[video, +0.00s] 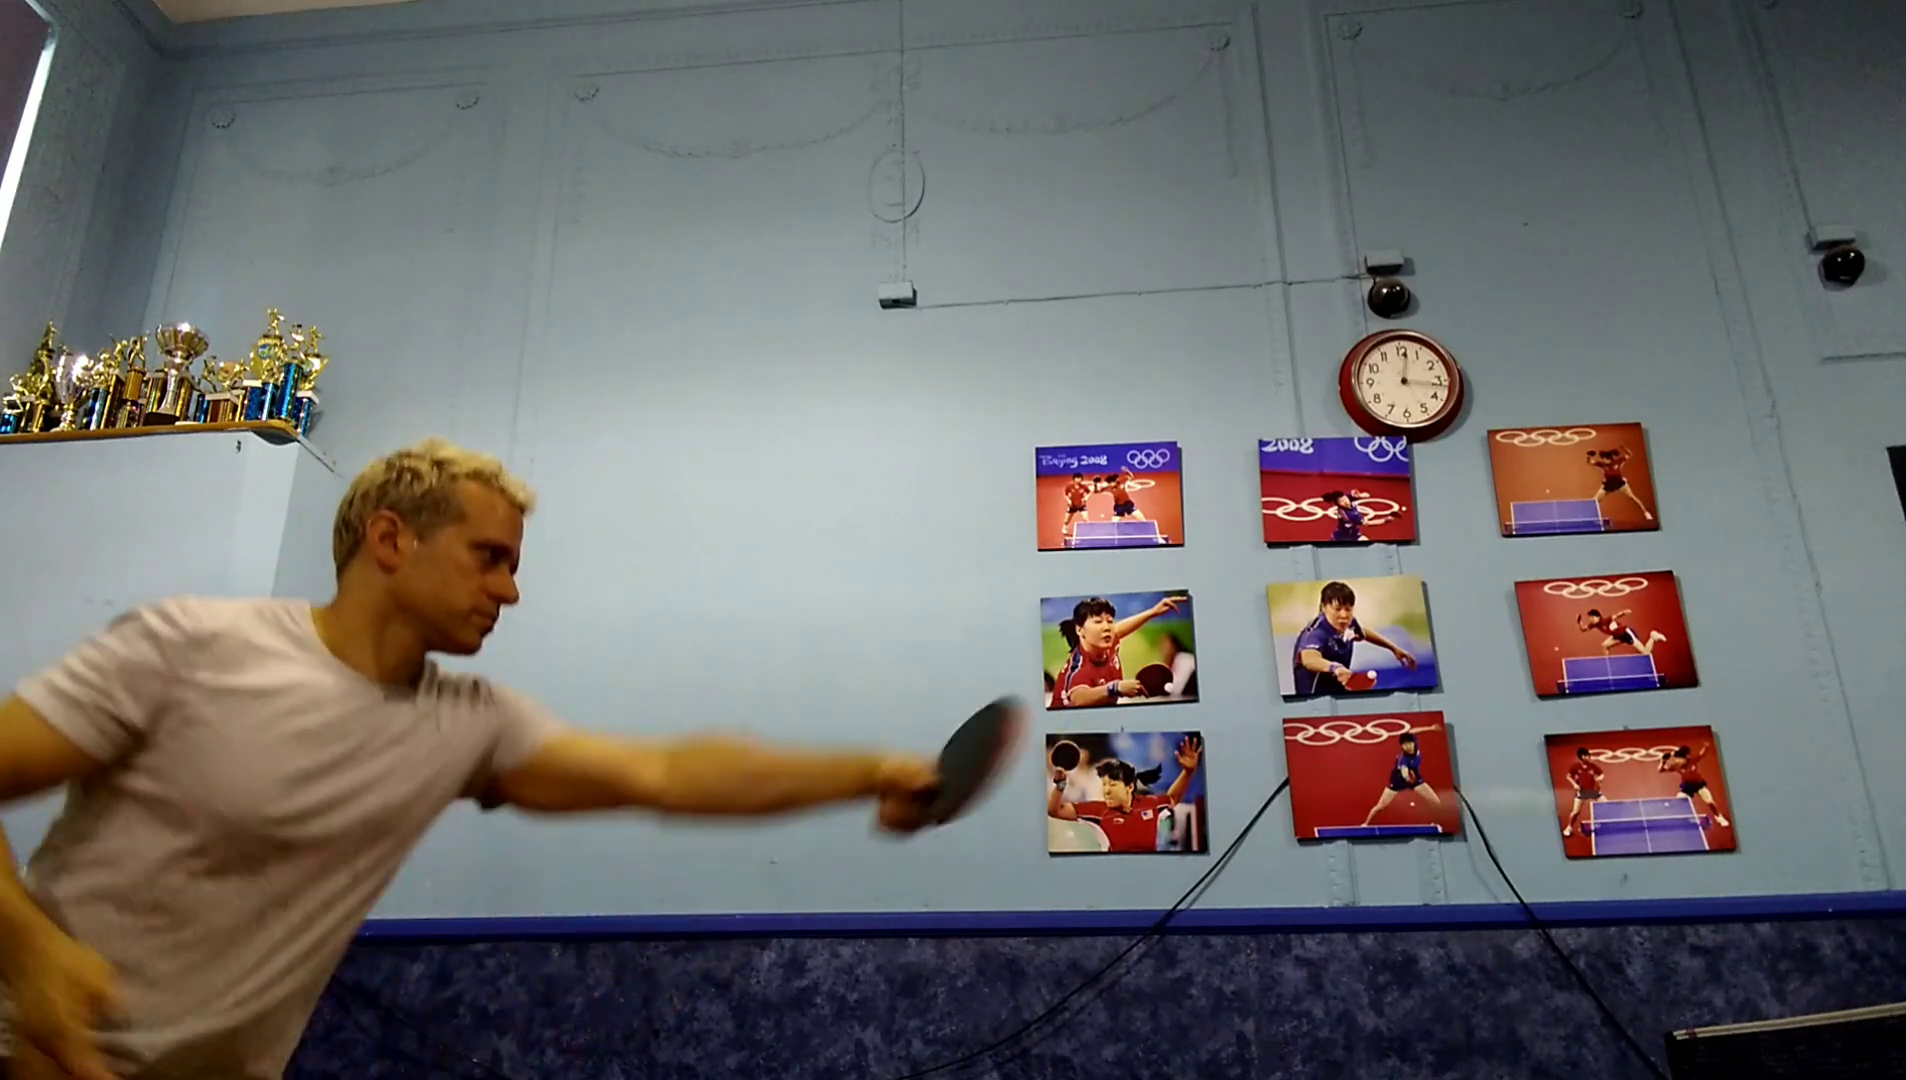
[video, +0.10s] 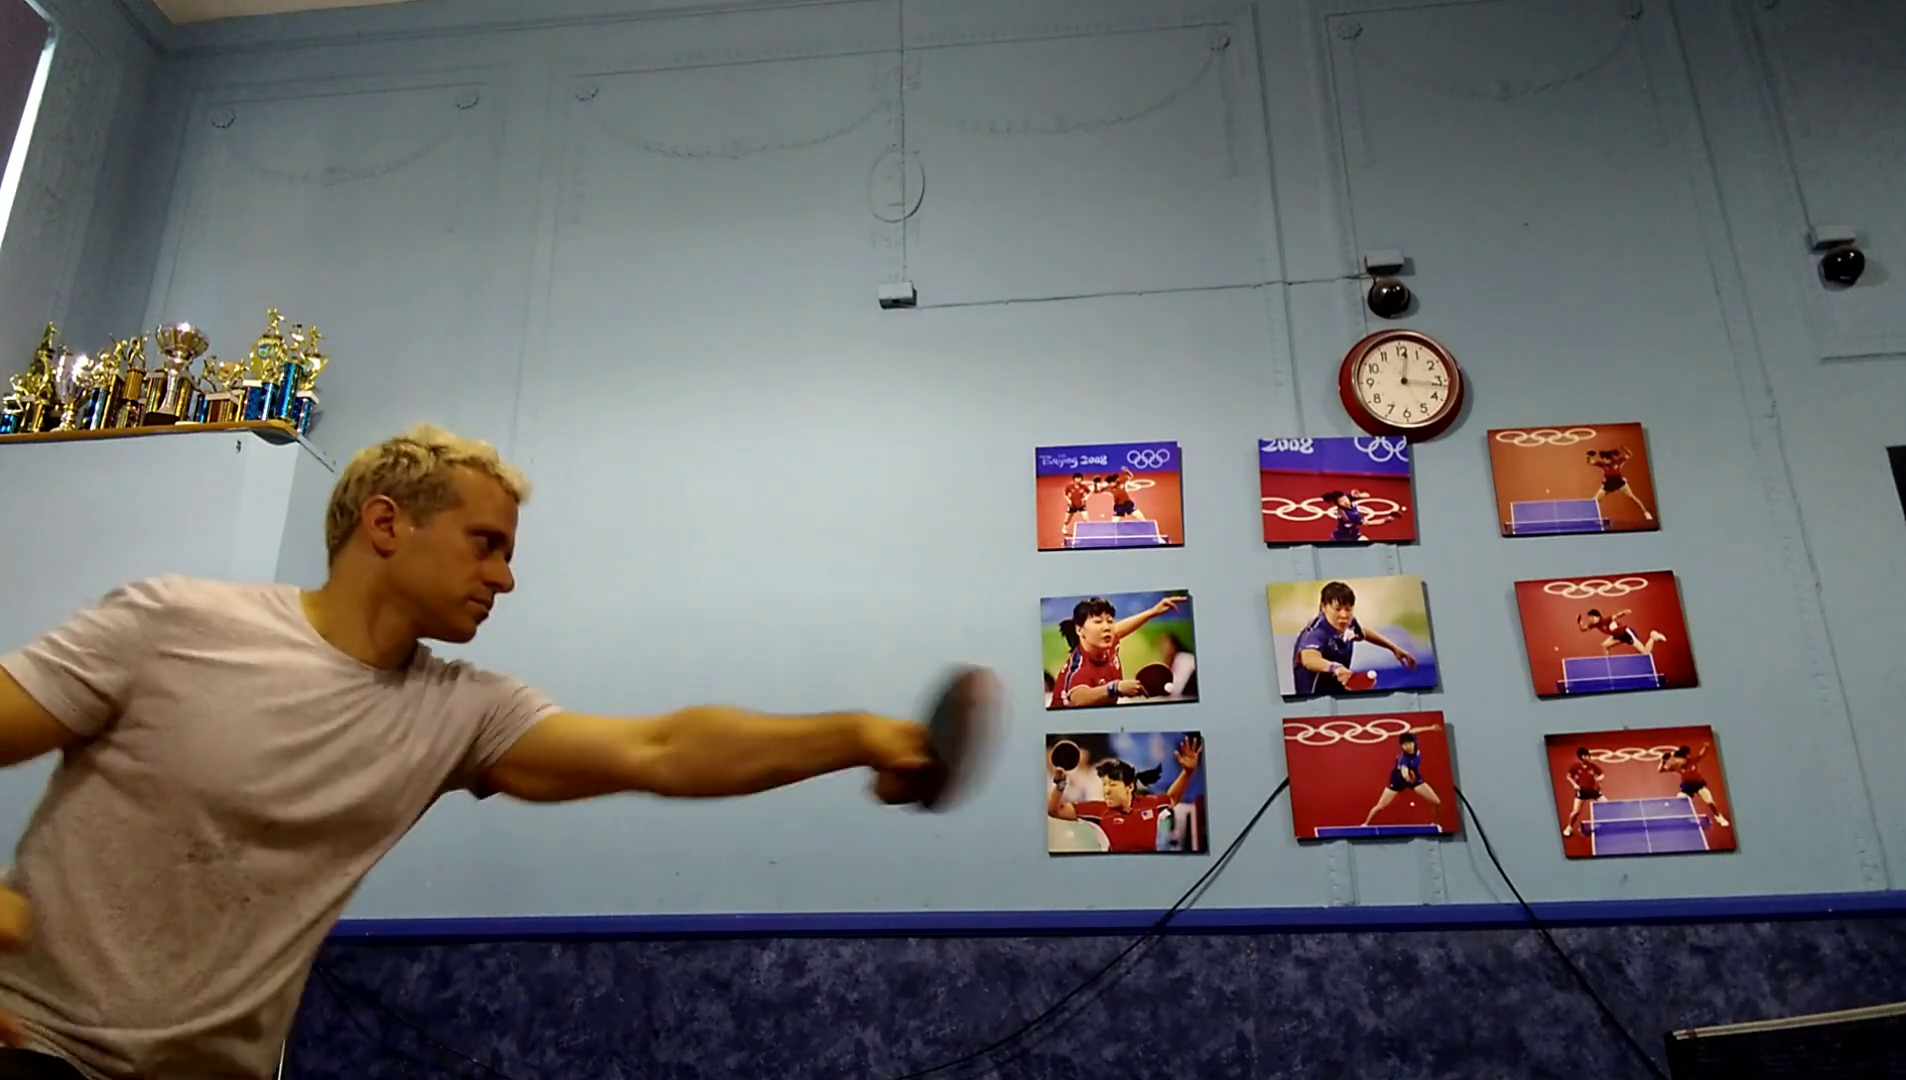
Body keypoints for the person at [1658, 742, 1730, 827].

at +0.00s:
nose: (1686, 759)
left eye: (1686, 757)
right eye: (1684, 758)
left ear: (1687, 757)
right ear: (1678, 758)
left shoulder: (1693, 761)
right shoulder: (1676, 766)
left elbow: (1701, 755)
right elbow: (1661, 771)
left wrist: (1705, 748)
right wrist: (1663, 761)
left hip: (1699, 784)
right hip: (1686, 785)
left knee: (1710, 802)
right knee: (1679, 802)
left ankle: (1718, 816)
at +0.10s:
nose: (1678, 762)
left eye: (1680, 759)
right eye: (1677, 760)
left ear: (1686, 757)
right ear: (1676, 759)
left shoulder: (1693, 761)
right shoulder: (1676, 766)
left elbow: (1701, 755)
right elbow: (1661, 770)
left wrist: (1705, 747)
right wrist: (1663, 761)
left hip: (1699, 784)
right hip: (1686, 786)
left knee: (1710, 802)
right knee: (1679, 803)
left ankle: (1718, 816)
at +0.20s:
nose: (1679, 761)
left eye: (1680, 759)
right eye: (1677, 759)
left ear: (1686, 757)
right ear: (1676, 758)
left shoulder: (1693, 761)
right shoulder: (1676, 766)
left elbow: (1701, 755)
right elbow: (1661, 770)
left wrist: (1705, 747)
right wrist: (1663, 760)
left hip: (1699, 784)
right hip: (1686, 786)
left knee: (1710, 802)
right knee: (1679, 803)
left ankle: (1718, 816)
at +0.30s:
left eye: (1687, 756)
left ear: (1687, 757)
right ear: (1677, 758)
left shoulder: (1693, 761)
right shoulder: (1676, 766)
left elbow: (1701, 755)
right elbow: (1661, 770)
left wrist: (1705, 747)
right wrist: (1663, 760)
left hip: (1699, 784)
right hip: (1686, 786)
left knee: (1710, 802)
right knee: (1678, 802)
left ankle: (1718, 816)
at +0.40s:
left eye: (1687, 756)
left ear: (1687, 757)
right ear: (1677, 758)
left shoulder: (1693, 761)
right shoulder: (1676, 766)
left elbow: (1701, 755)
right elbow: (1661, 770)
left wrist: (1705, 747)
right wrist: (1663, 760)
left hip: (1699, 784)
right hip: (1686, 786)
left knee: (1710, 802)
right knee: (1678, 802)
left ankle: (1718, 816)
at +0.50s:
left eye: (1687, 756)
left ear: (1687, 757)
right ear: (1677, 758)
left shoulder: (1693, 761)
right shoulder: (1676, 766)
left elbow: (1701, 755)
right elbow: (1661, 770)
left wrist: (1705, 747)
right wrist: (1663, 760)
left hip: (1699, 784)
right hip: (1686, 786)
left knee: (1710, 802)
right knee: (1678, 802)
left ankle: (1718, 816)